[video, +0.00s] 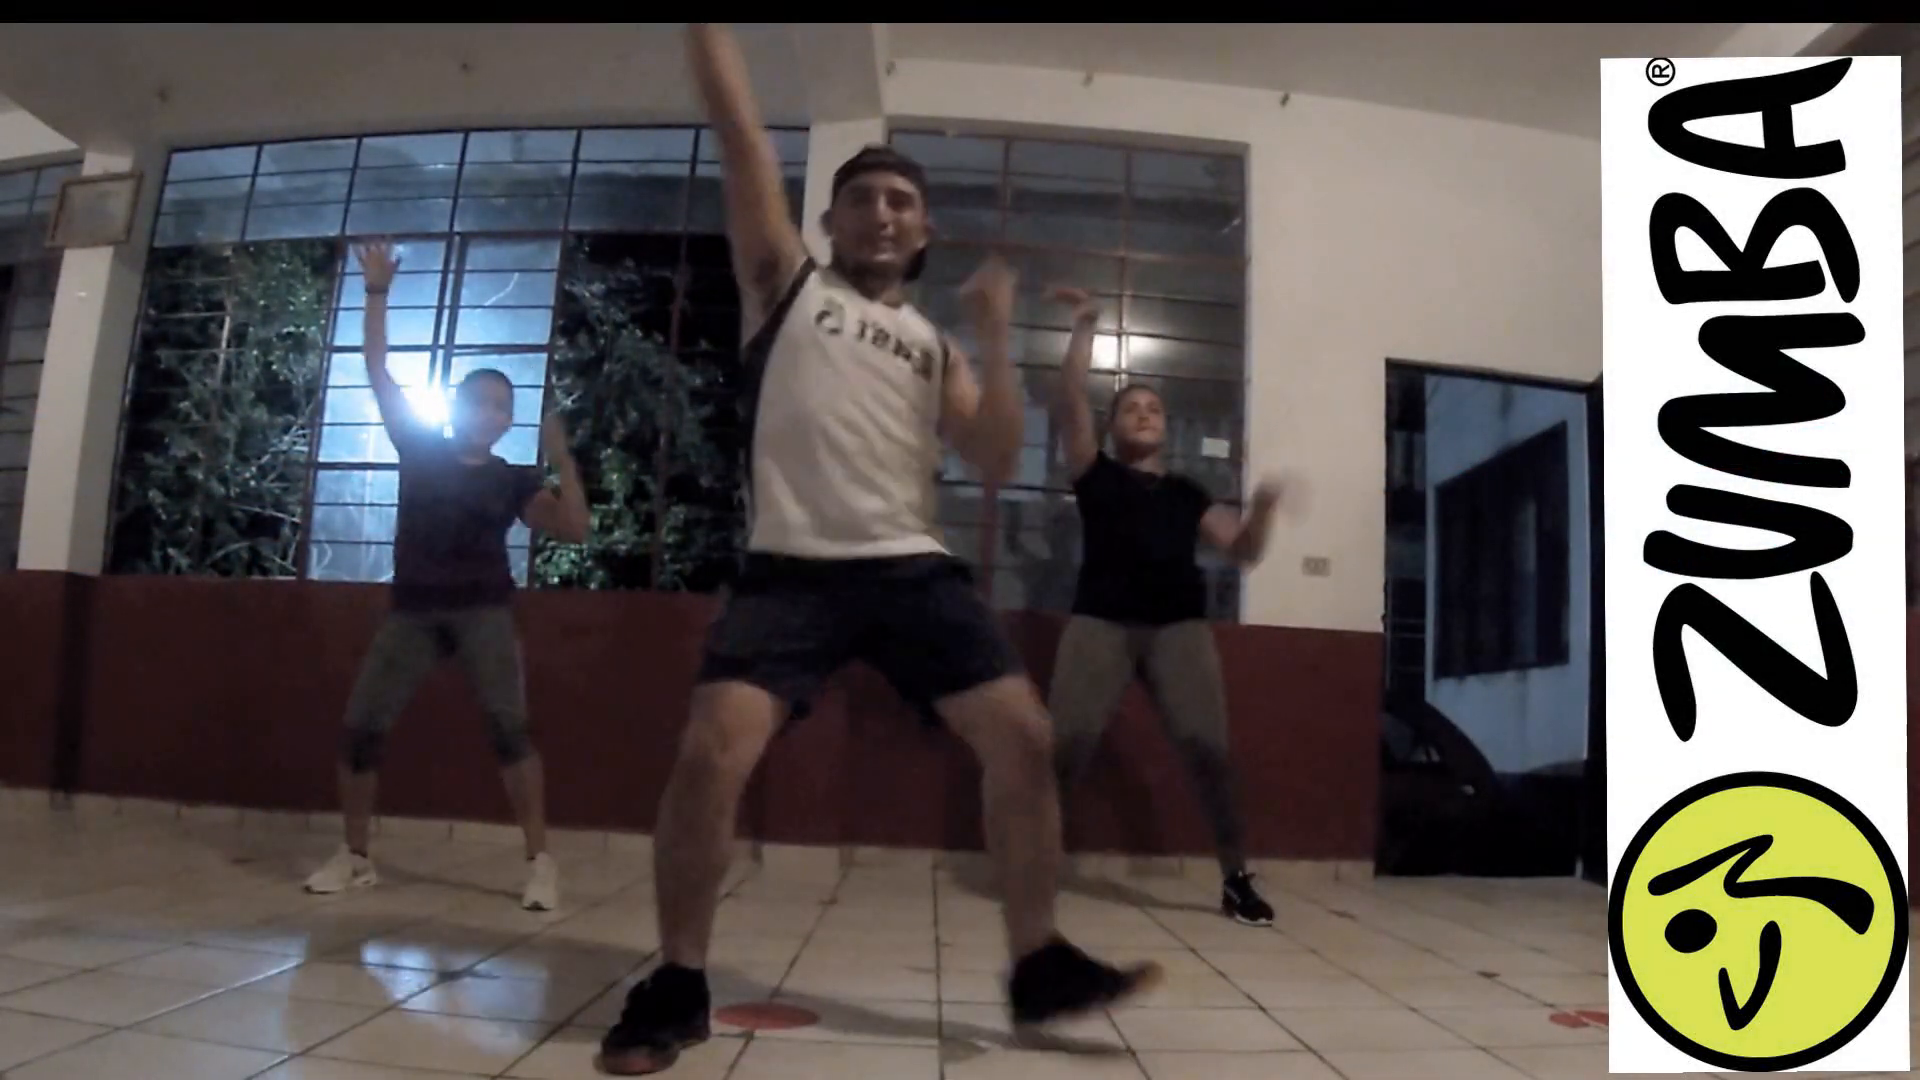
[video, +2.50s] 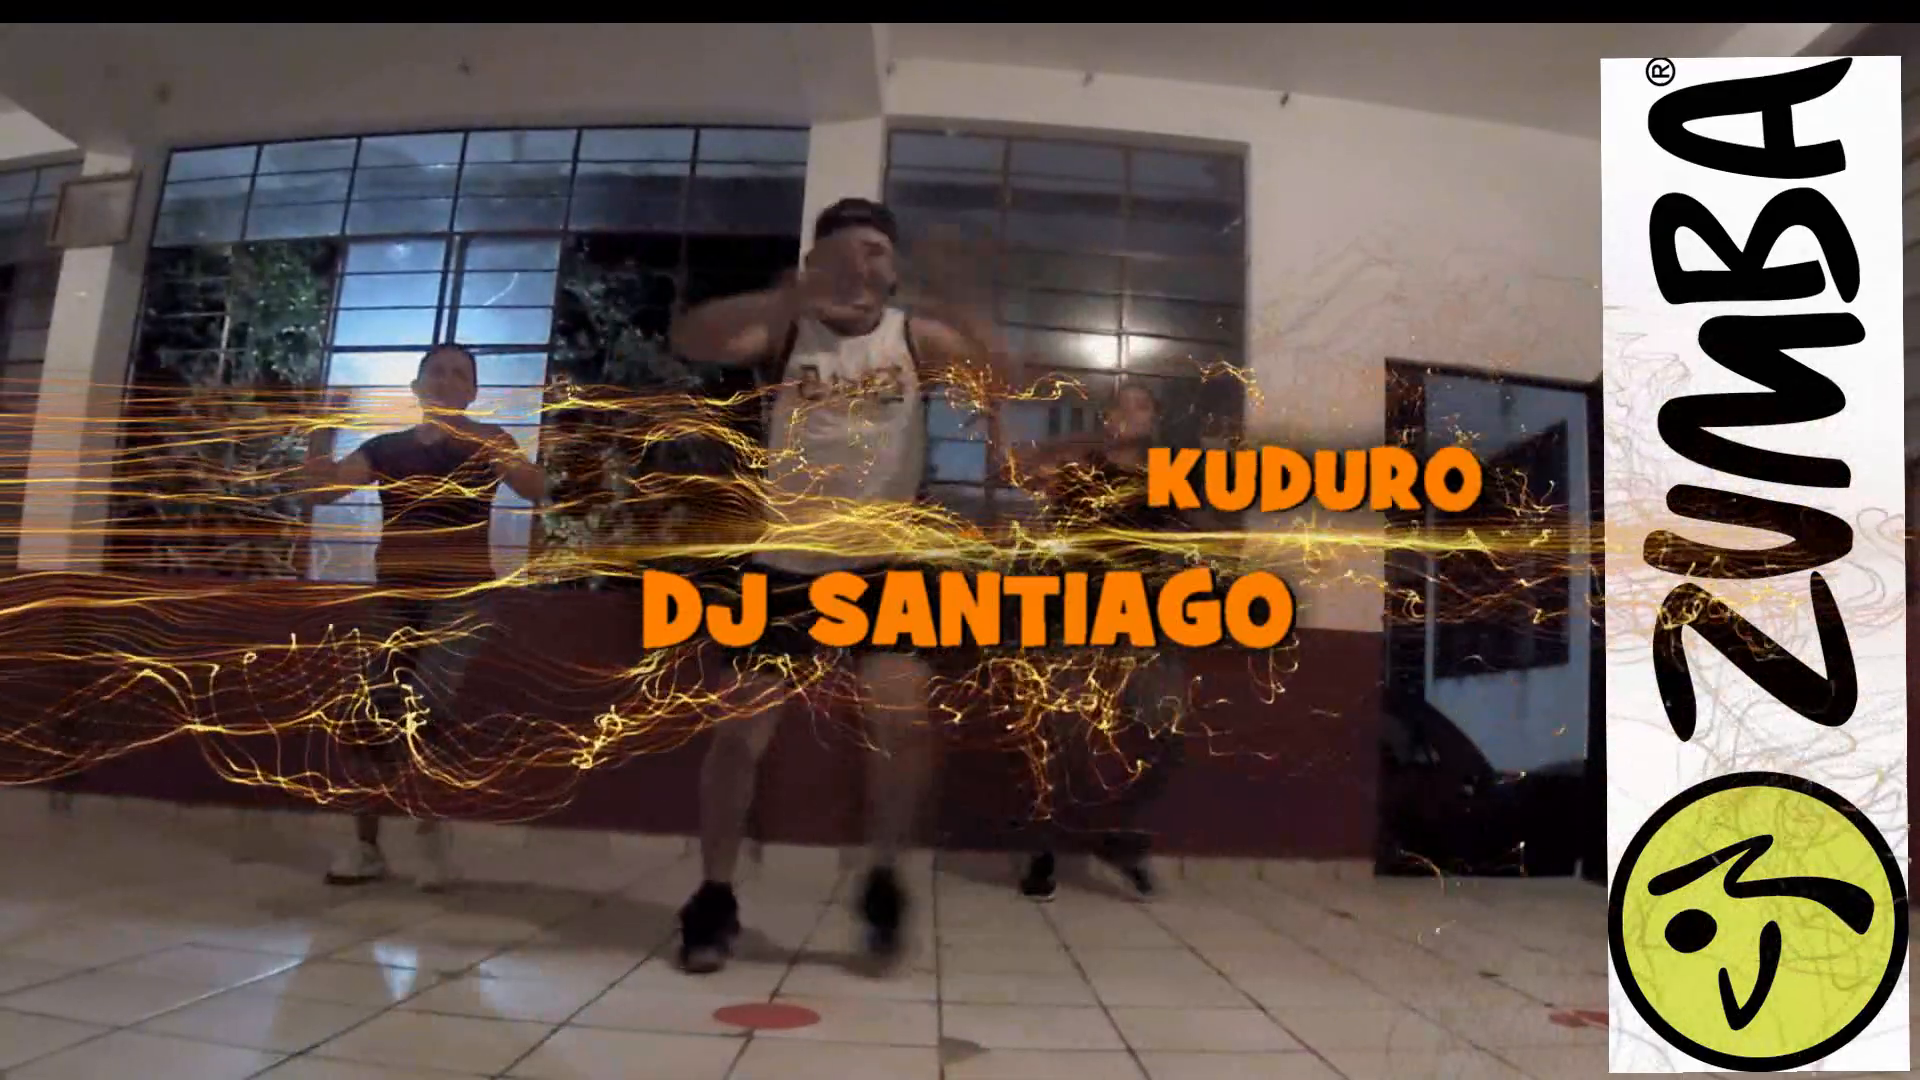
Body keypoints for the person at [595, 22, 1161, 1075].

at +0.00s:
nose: (883, 209)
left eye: (902, 201)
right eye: (864, 198)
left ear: (921, 236)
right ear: (831, 224)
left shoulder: (932, 346)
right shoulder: (788, 283)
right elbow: (738, 132)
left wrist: (997, 331)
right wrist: (703, 20)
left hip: (914, 577)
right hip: (786, 577)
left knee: (1022, 737)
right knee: (709, 748)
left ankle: (1036, 966)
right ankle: (676, 981)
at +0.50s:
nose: (904, 265)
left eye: (920, 253)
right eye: (887, 253)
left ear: (942, 273)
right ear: (857, 271)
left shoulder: (976, 373)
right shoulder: (812, 362)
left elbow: (1050, 465)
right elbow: (746, 451)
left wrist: (1115, 502)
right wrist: (723, 479)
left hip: (936, 603)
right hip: (833, 599)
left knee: (933, 772)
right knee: (769, 741)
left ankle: (912, 918)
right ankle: (719, 937)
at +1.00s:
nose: (913, 322)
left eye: (930, 311)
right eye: (898, 310)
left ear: (953, 333)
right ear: (874, 326)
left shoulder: (981, 408)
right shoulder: (834, 400)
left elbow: (1087, 433)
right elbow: (729, 382)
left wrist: (1159, 403)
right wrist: (669, 325)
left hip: (958, 629)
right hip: (848, 636)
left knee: (1072, 704)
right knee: (787, 793)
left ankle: (1052, 883)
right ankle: (773, 916)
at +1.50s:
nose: (1132, 296)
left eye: (1147, 282)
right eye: (1117, 283)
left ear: (1173, 293)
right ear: (1097, 296)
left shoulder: (1210, 371)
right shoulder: (1068, 378)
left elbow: (1311, 408)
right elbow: (993, 397)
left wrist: (1349, 341)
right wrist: (967, 390)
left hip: (1191, 589)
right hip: (1085, 588)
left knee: (1218, 759)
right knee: (1014, 713)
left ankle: (1221, 927)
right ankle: (950, 879)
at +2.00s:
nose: (1077, 340)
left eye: (1090, 327)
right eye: (1067, 327)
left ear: (1124, 334)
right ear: (1053, 332)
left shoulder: (1155, 414)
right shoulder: (1020, 396)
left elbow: (1267, 437)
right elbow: (922, 396)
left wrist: (1364, 405)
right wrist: (820, 357)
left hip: (1114, 617)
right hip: (1004, 608)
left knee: (1176, 776)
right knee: (913, 723)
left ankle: (1197, 926)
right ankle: (841, 885)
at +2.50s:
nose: (871, 264)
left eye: (881, 252)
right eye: (856, 250)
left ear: (894, 266)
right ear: (818, 260)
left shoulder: (913, 336)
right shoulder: (782, 331)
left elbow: (1006, 371)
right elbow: (691, 337)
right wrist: (794, 296)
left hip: (885, 565)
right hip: (785, 561)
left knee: (901, 716)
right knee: (740, 726)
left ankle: (885, 880)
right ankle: (714, 896)